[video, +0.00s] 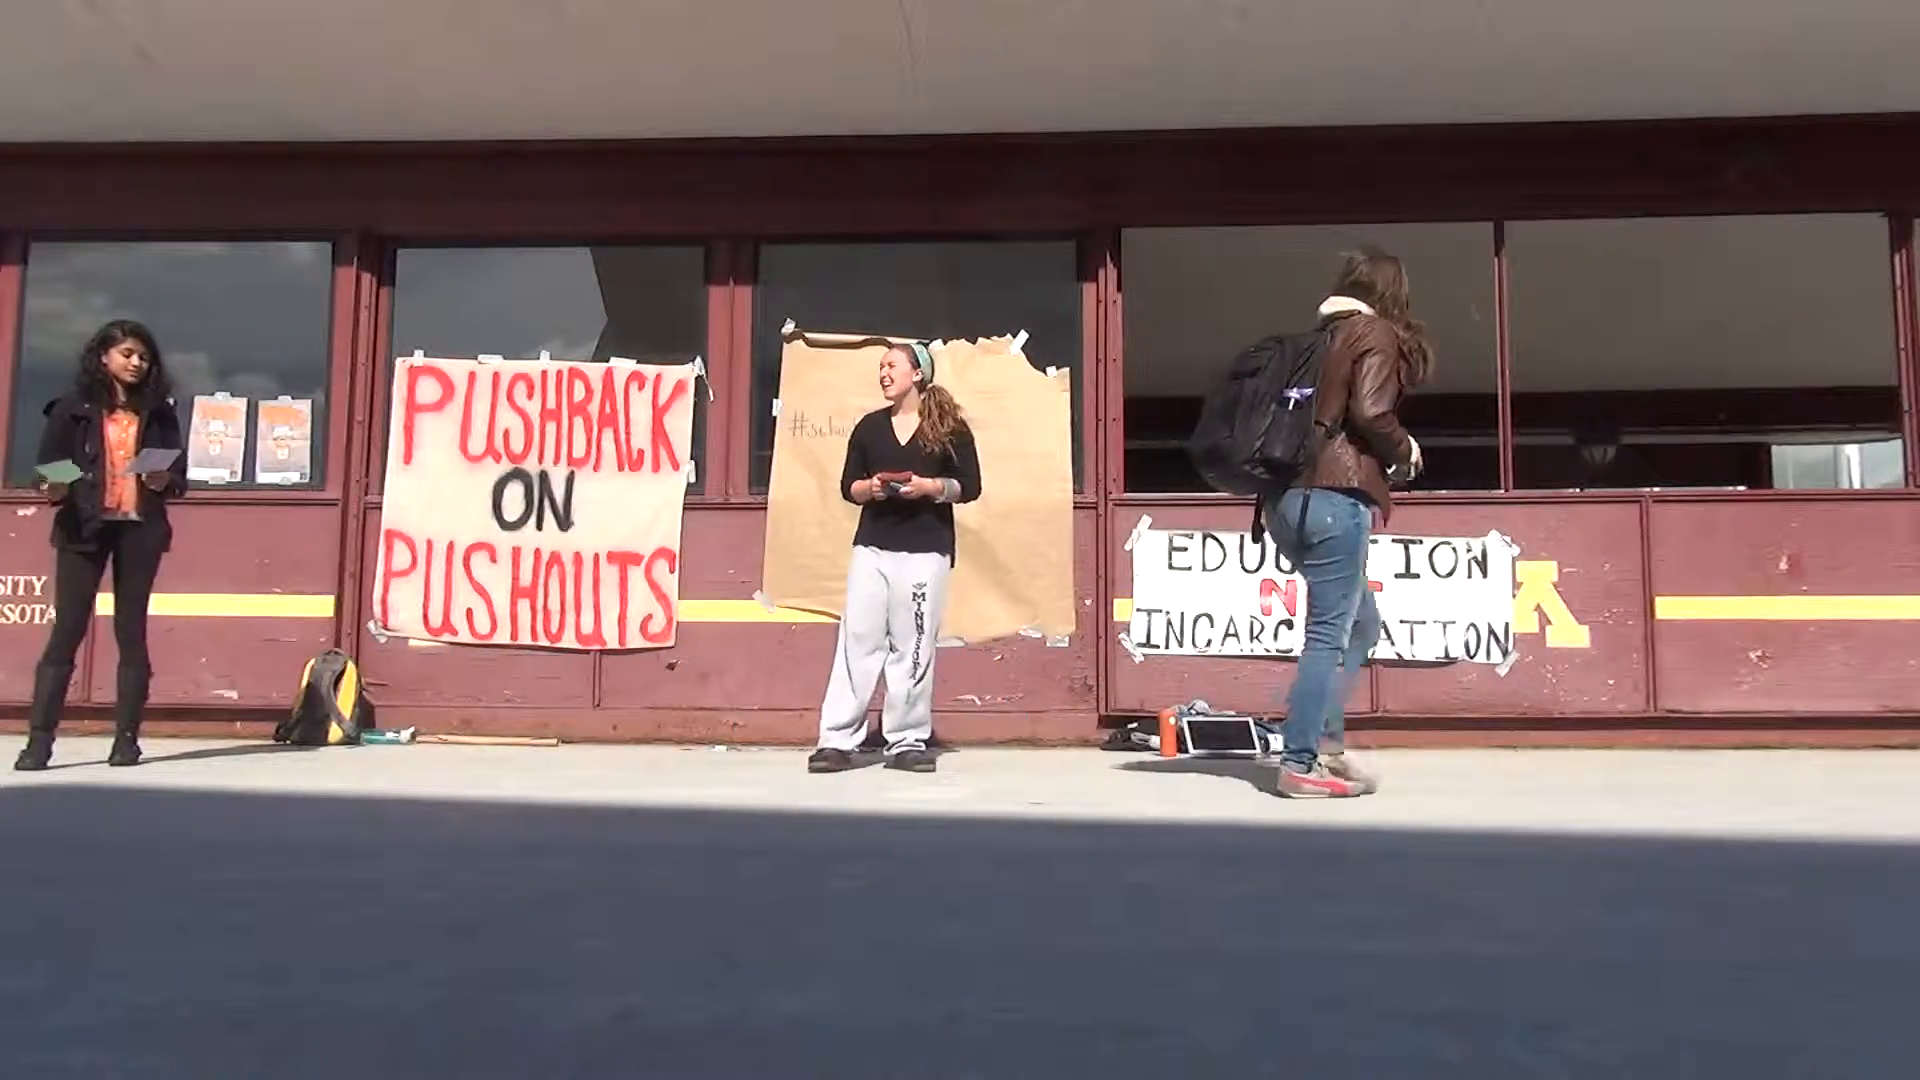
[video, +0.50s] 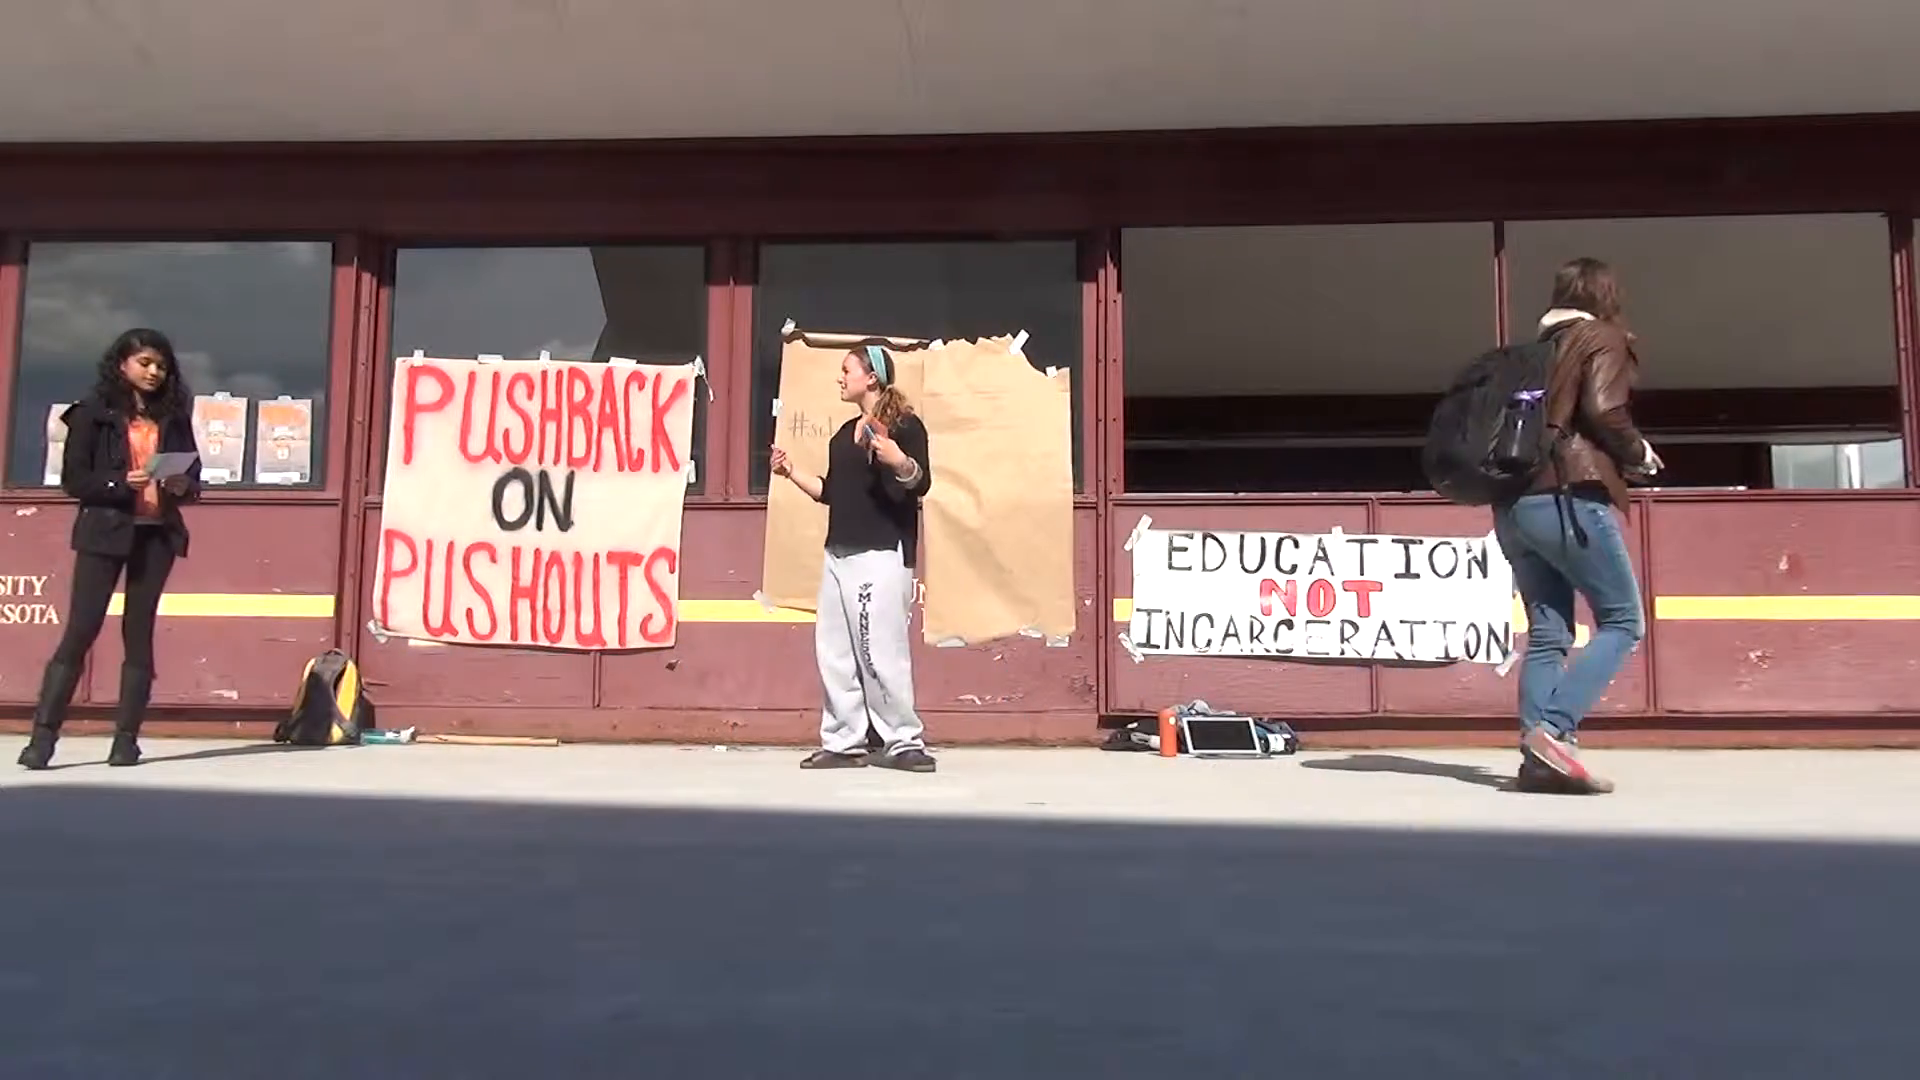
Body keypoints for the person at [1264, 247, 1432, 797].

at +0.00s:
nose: (1400, 303)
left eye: (1398, 293)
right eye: (1398, 293)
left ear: (1344, 286)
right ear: (1387, 292)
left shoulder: (1314, 338)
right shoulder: (1377, 336)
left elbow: (1284, 418)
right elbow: (1368, 412)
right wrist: (1405, 451)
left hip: (1284, 501)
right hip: (1337, 504)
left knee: (1365, 626)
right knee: (1326, 635)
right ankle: (1298, 766)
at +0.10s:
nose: (1448, 308)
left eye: (1444, 298)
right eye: (1444, 299)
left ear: (1390, 298)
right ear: (1433, 302)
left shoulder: (1363, 347)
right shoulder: (1427, 348)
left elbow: (1332, 424)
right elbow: (1419, 425)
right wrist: (1449, 468)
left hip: (1328, 510)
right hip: (1378, 512)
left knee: (1412, 635)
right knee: (1344, 640)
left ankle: (1454, 758)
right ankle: (1300, 765)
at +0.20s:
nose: (1496, 319)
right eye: (1493, 309)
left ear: (1439, 309)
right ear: (1483, 313)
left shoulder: (1411, 360)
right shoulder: (1474, 359)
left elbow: (1384, 435)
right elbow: (1464, 438)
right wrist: (1496, 479)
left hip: (1378, 521)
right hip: (1426, 522)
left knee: (1468, 642)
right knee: (1378, 641)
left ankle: (1525, 756)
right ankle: (1309, 755)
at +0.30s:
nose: (1538, 321)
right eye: (1533, 312)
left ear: (1478, 315)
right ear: (1524, 314)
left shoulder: (1454, 364)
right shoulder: (1519, 361)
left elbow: (1431, 440)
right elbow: (1517, 435)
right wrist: (1548, 479)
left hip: (1433, 524)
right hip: (1483, 522)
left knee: (1522, 635)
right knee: (1452, 648)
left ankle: (1543, 762)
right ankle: (1352, 732)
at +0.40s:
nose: (1575, 312)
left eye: (1568, 302)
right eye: (1572, 304)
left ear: (1519, 306)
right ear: (1564, 306)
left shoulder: (1497, 355)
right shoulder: (1563, 348)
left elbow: (1481, 430)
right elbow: (1561, 422)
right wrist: (1599, 465)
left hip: (1477, 516)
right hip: (1528, 512)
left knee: (1539, 640)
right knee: (1547, 642)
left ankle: (1544, 763)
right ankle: (1443, 712)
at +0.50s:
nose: (1620, 303)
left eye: (1618, 293)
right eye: (1617, 294)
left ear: (1561, 296)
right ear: (1606, 296)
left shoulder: (1536, 347)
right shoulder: (1604, 338)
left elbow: (1520, 426)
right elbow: (1602, 411)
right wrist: (1643, 457)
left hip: (1516, 508)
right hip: (1571, 504)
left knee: (1547, 634)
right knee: (1622, 624)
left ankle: (1539, 757)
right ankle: (1554, 732)